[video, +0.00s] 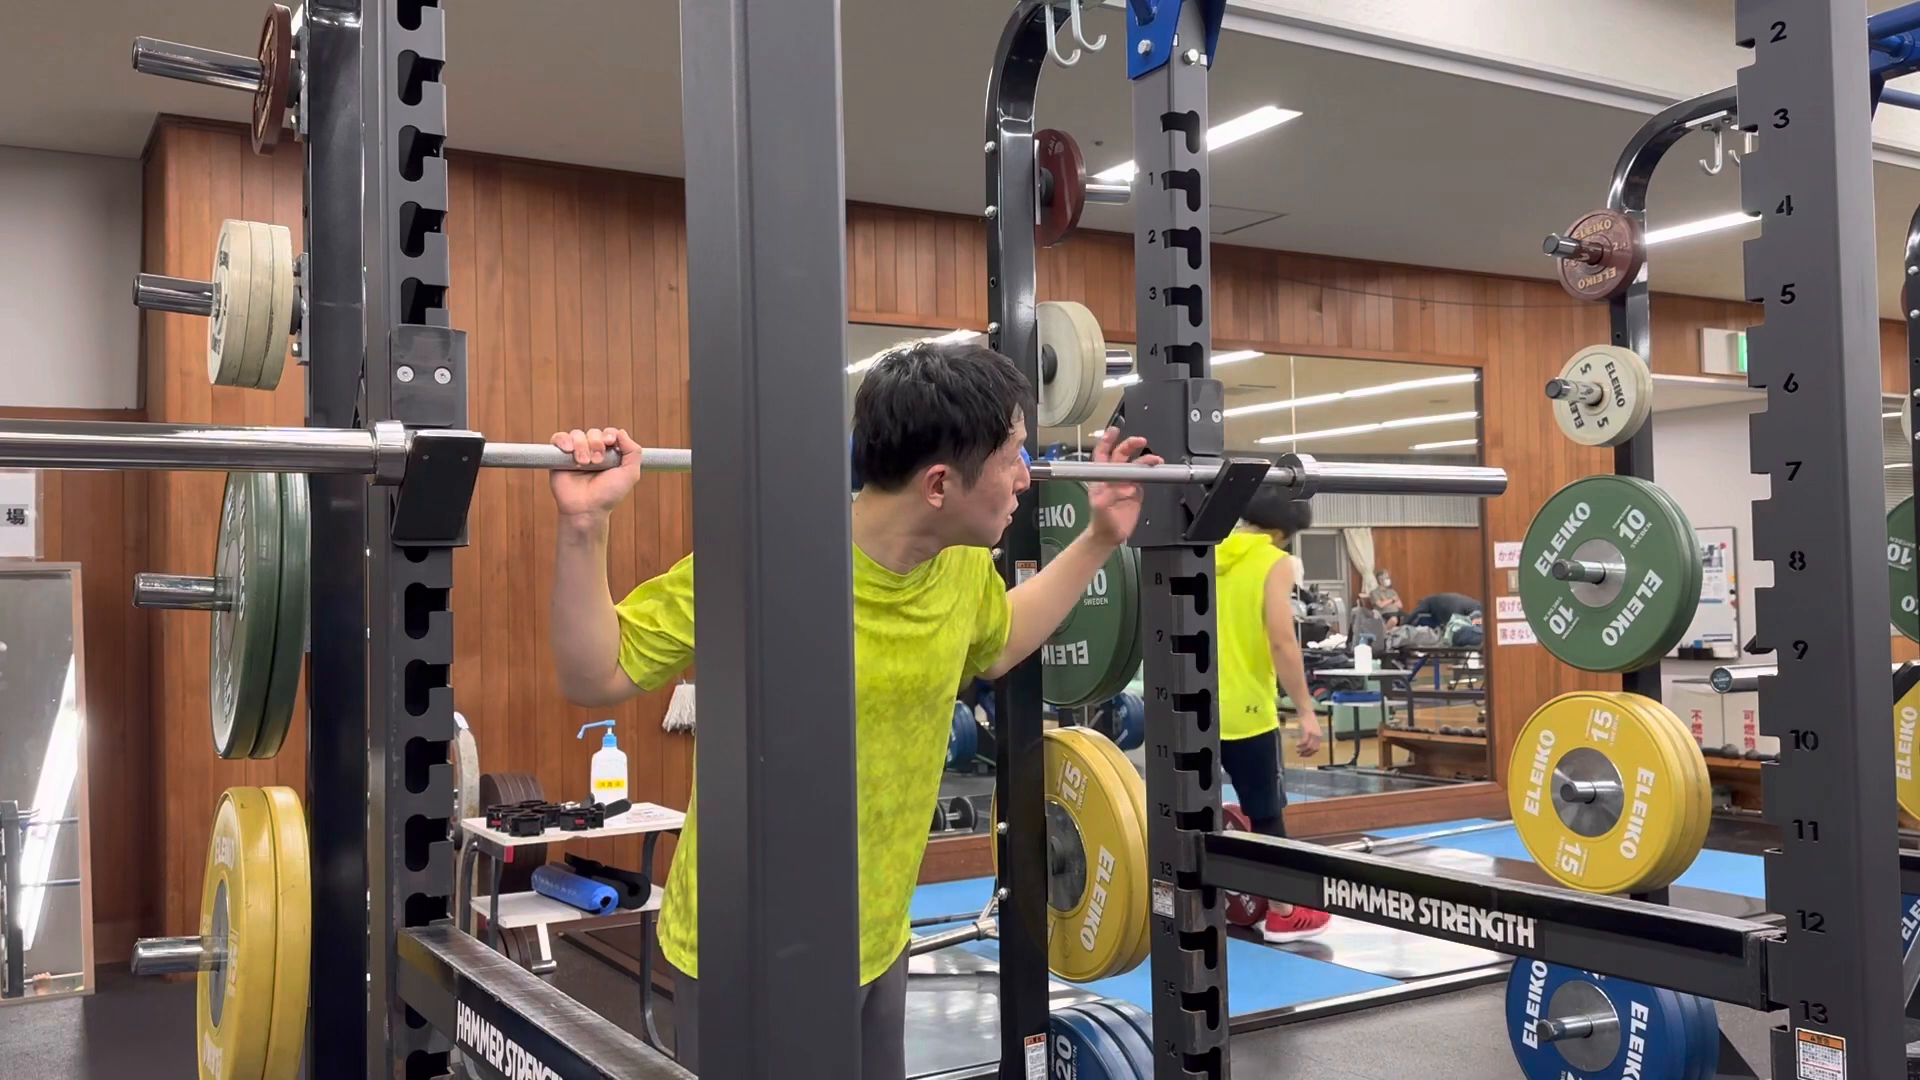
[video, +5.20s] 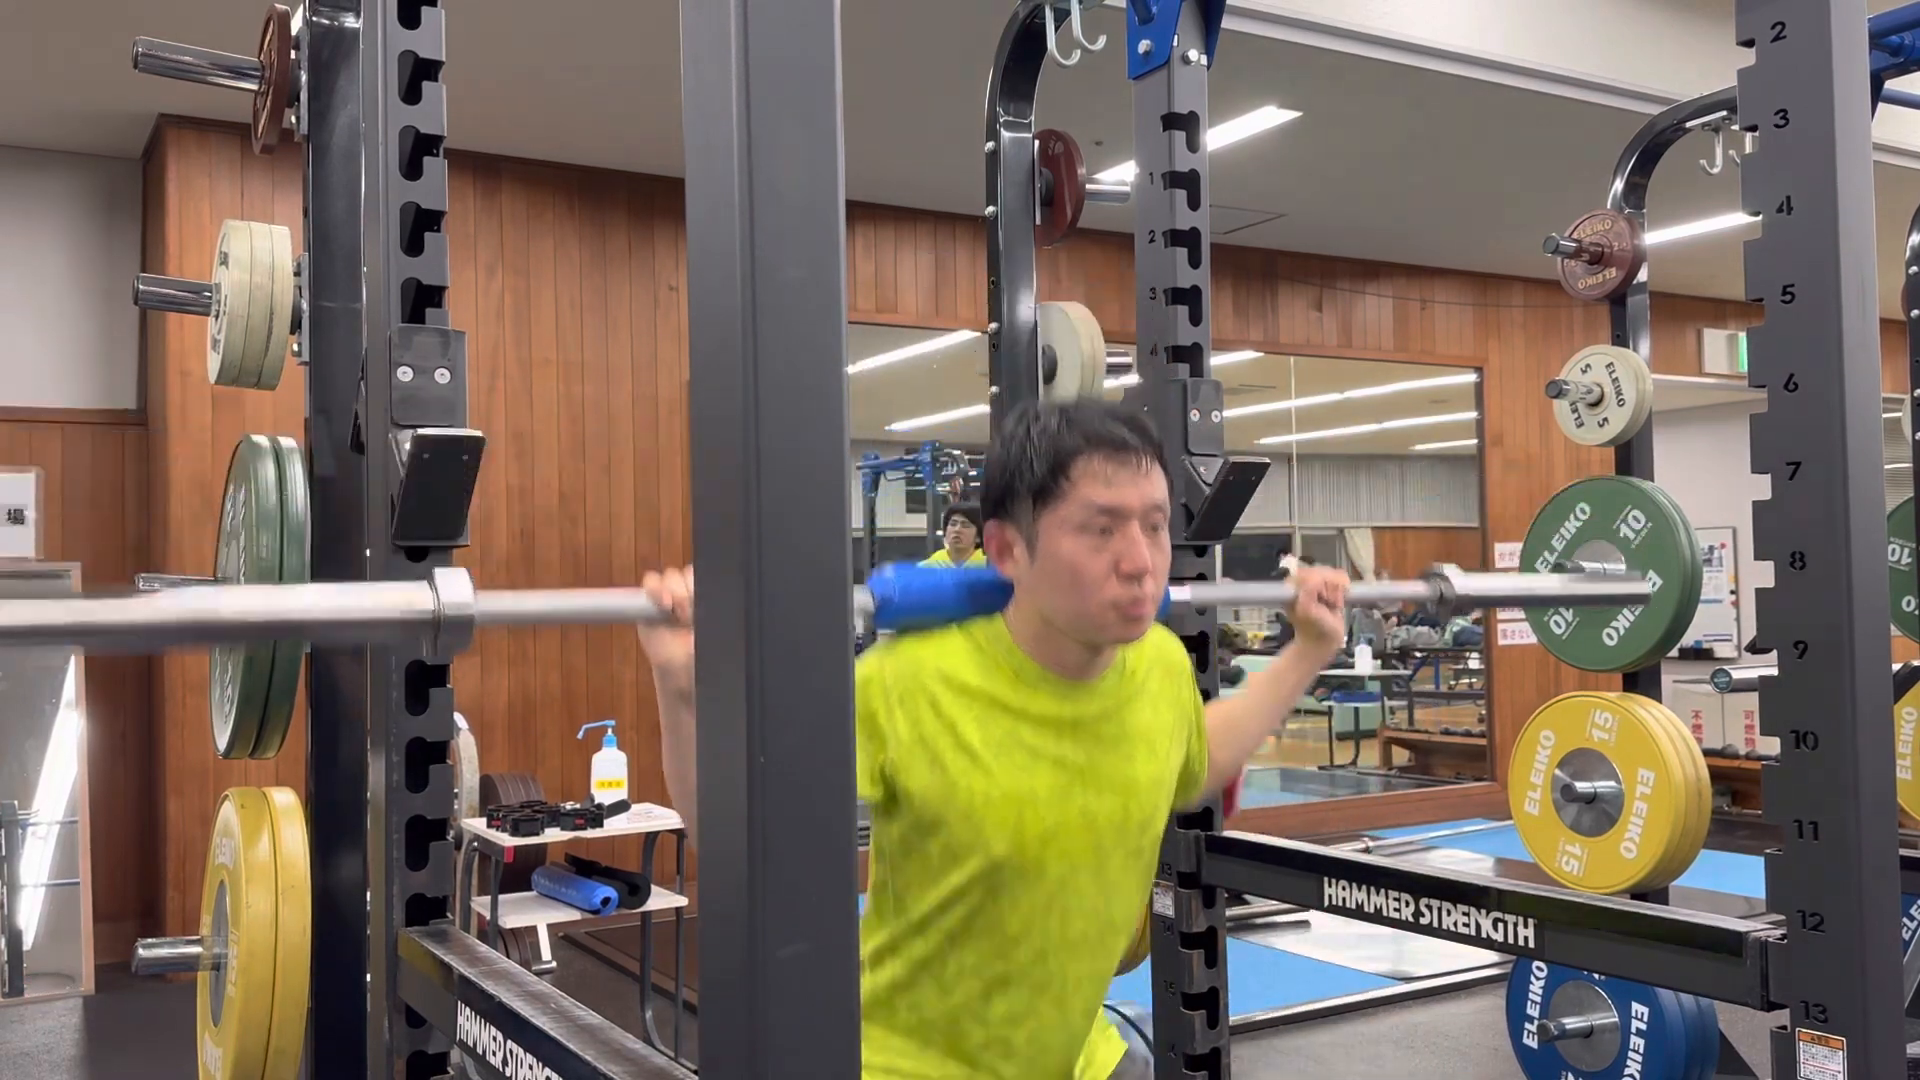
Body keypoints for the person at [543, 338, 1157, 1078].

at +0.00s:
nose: (1026, 476)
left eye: (1022, 453)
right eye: (1011, 457)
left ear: (941, 486)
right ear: (938, 484)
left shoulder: (965, 569)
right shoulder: (770, 561)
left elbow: (994, 648)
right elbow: (595, 675)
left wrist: (1102, 538)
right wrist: (581, 527)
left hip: (875, 952)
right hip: (742, 959)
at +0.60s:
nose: (948, 449)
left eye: (974, 420)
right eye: (916, 418)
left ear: (1002, 436)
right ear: (863, 435)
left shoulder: (1002, 552)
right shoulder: (788, 549)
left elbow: (1059, 647)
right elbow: (630, 688)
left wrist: (1167, 533)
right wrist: (587, 527)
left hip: (915, 961)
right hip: (777, 966)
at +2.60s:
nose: (960, 430)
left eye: (982, 400)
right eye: (929, 399)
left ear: (1003, 399)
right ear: (863, 398)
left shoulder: (1009, 501)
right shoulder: (796, 502)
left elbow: (1052, 599)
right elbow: (632, 620)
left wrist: (1162, 503)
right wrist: (584, 479)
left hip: (986, 932)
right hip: (844, 952)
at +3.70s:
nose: (1037, 455)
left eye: (1057, 422)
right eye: (1004, 424)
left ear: (1076, 417)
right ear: (924, 419)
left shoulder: (1072, 524)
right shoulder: (842, 532)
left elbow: (1089, 621)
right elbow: (671, 658)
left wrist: (1206, 520)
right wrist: (631, 521)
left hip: (1036, 973)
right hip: (874, 994)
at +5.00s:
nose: (1129, 431)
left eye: (1143, 397)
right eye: (1088, 397)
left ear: (1161, 409)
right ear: (997, 420)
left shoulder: (1150, 551)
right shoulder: (892, 561)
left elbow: (1184, 662)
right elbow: (715, 700)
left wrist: (1299, 548)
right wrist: (675, 550)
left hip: (1111, 1016)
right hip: (924, 1033)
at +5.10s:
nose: (1133, 485)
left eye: (1147, 453)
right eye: (1092, 454)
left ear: (1164, 461)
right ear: (999, 476)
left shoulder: (1151, 599)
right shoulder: (894, 608)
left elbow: (1183, 711)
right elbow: (719, 761)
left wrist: (1298, 598)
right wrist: (677, 612)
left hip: (1091, 1025)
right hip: (914, 1037)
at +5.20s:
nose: (1141, 559)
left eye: (1155, 527)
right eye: (1099, 528)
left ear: (1170, 535)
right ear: (1007, 546)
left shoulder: (1161, 667)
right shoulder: (905, 683)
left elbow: (1193, 768)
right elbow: (729, 834)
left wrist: (1308, 652)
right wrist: (681, 686)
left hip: (1079, 1050)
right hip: (911, 1052)